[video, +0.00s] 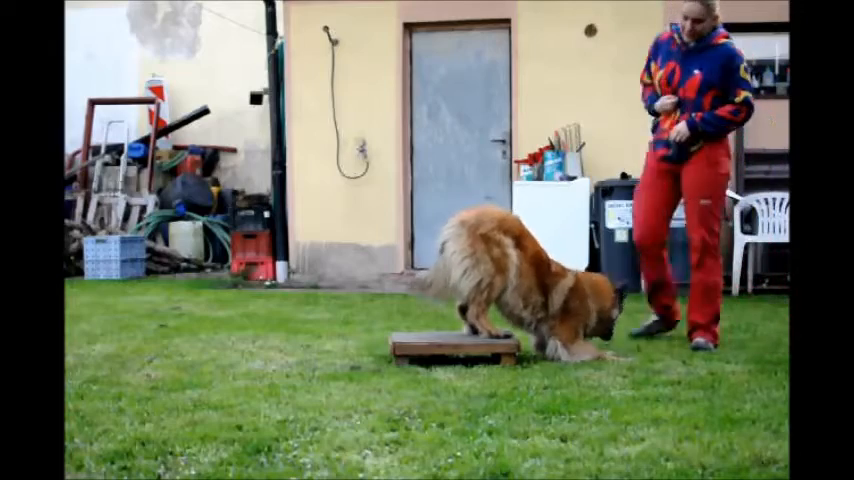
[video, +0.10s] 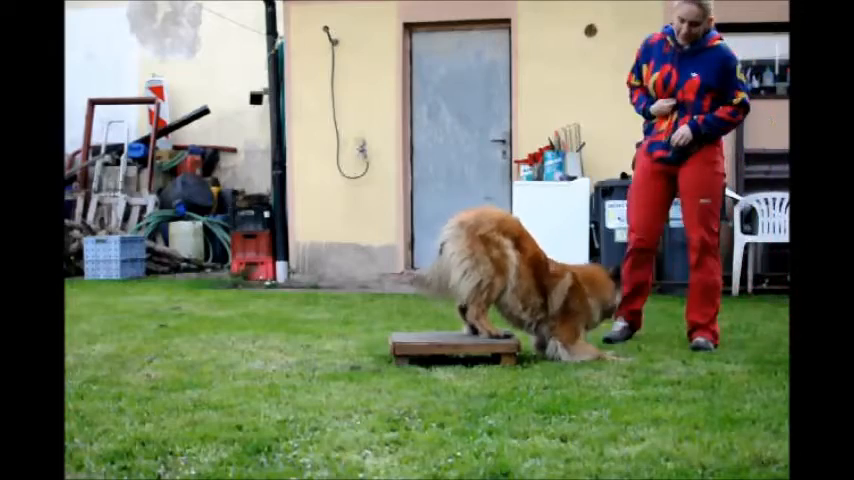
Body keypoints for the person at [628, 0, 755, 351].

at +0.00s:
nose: (688, 26)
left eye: (697, 20)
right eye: (685, 18)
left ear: (715, 17)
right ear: (679, 13)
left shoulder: (726, 53)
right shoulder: (663, 42)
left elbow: (742, 107)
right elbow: (647, 83)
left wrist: (695, 124)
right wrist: (655, 103)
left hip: (705, 154)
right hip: (661, 152)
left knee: (703, 241)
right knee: (645, 236)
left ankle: (703, 331)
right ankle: (665, 315)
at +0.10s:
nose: (685, 30)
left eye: (694, 24)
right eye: (680, 21)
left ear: (709, 22)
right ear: (672, 15)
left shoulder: (721, 56)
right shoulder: (652, 46)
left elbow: (738, 106)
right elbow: (634, 86)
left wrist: (696, 128)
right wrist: (649, 106)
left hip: (700, 156)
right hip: (653, 154)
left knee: (702, 242)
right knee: (639, 239)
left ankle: (702, 331)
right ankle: (627, 319)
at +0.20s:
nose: (676, 36)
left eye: (685, 31)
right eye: (672, 28)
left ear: (698, 29)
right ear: (662, 20)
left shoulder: (708, 62)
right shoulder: (638, 51)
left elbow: (723, 107)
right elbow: (615, 93)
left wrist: (695, 134)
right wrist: (639, 116)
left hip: (688, 160)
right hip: (640, 158)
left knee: (695, 244)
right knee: (629, 242)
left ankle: (701, 330)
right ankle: (617, 321)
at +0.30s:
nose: (670, 41)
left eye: (679, 36)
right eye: (666, 32)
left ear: (690, 35)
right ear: (656, 24)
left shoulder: (700, 65)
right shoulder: (630, 56)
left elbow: (709, 110)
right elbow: (604, 98)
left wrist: (690, 138)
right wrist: (633, 123)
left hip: (680, 158)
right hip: (631, 157)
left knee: (689, 242)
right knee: (625, 243)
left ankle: (701, 329)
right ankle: (618, 321)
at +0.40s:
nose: (664, 56)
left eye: (673, 50)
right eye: (659, 47)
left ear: (684, 47)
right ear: (648, 38)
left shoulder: (693, 77)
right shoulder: (621, 71)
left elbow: (698, 117)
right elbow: (601, 119)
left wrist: (681, 145)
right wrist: (630, 160)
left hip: (672, 155)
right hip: (623, 154)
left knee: (685, 238)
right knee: (622, 240)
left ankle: (696, 326)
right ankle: (618, 320)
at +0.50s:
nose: (662, 75)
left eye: (670, 69)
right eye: (657, 67)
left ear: (680, 66)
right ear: (645, 60)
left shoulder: (690, 88)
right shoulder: (623, 88)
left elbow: (693, 127)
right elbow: (608, 147)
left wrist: (677, 154)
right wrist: (626, 203)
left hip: (670, 166)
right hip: (624, 164)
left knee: (683, 239)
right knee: (620, 240)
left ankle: (694, 327)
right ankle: (619, 322)